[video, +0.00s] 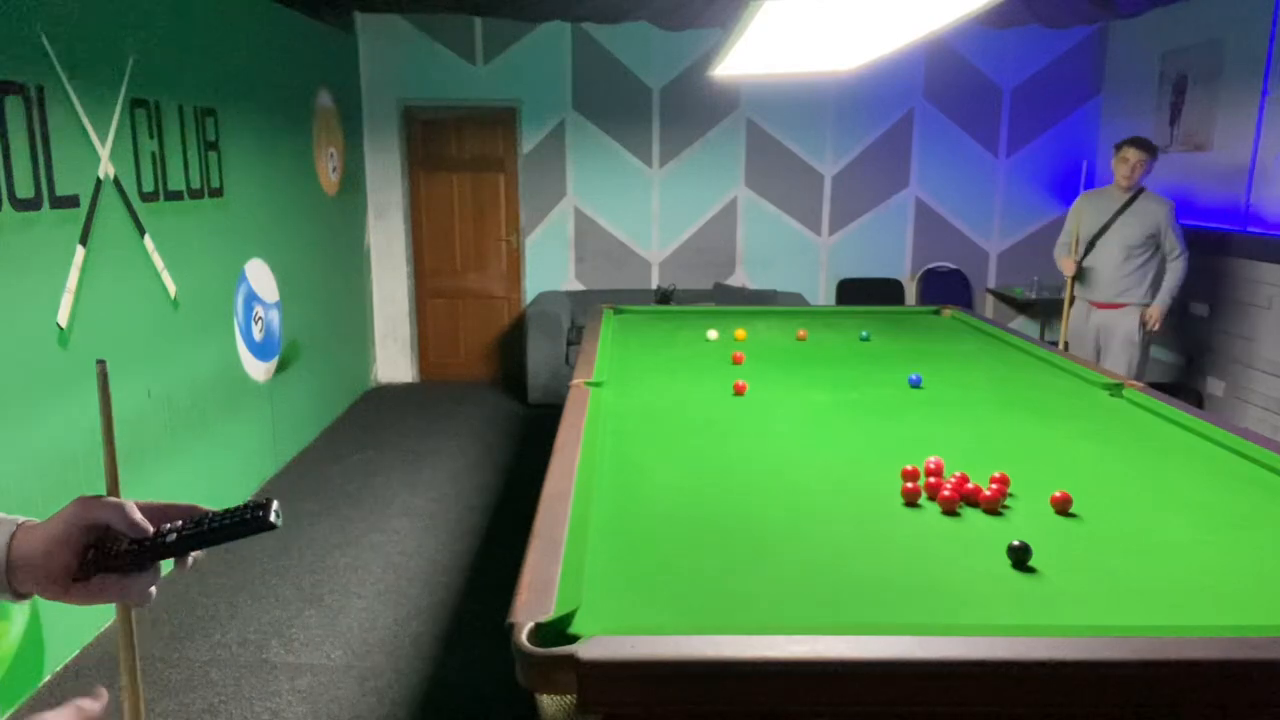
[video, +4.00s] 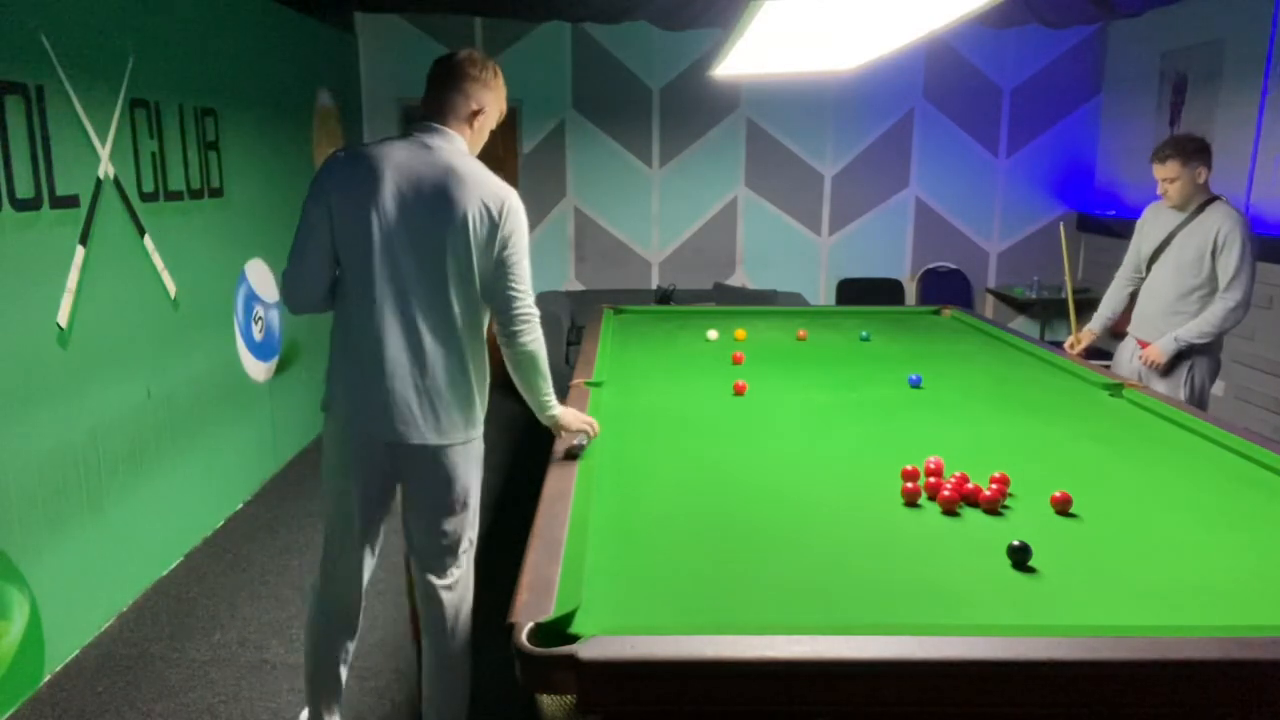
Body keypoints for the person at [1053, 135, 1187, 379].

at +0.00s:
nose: (1129, 169)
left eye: (1139, 164)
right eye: (1124, 160)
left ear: (1147, 171)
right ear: (1114, 161)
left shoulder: (1160, 210)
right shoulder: (1085, 202)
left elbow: (1177, 259)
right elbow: (1063, 244)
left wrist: (1161, 304)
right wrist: (1064, 260)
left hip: (1128, 316)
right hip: (1083, 310)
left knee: (1115, 395)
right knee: (1071, 387)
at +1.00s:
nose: (1126, 178)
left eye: (1135, 170)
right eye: (1119, 170)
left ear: (1152, 168)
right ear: (1113, 167)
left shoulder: (1171, 209)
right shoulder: (1094, 207)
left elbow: (1181, 265)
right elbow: (1071, 260)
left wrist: (1175, 317)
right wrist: (1091, 276)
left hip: (1149, 324)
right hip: (1101, 321)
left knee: (1137, 403)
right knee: (1095, 399)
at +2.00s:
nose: (1176, 178)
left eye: (1185, 170)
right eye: (1168, 170)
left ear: (1200, 170)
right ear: (1158, 170)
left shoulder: (1222, 217)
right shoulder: (1135, 209)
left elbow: (1234, 280)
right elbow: (1110, 258)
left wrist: (1230, 338)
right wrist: (1098, 296)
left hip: (1178, 340)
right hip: (1125, 330)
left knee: (1159, 425)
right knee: (1100, 410)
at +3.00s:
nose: (1145, 177)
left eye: (1154, 168)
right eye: (1136, 169)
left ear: (1168, 169)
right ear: (1123, 170)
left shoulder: (1190, 217)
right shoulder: (1099, 215)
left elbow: (1202, 283)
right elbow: (1073, 274)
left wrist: (1191, 335)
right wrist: (1078, 323)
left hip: (1166, 348)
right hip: (1106, 346)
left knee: (1166, 436)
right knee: (1100, 434)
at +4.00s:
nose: (1160, 190)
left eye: (1170, 181)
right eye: (1158, 181)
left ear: (1201, 174)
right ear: (1155, 176)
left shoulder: (1227, 224)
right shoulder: (1153, 213)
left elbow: (1233, 302)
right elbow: (1127, 276)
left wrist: (1172, 343)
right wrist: (1094, 329)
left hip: (1182, 366)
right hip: (1131, 352)